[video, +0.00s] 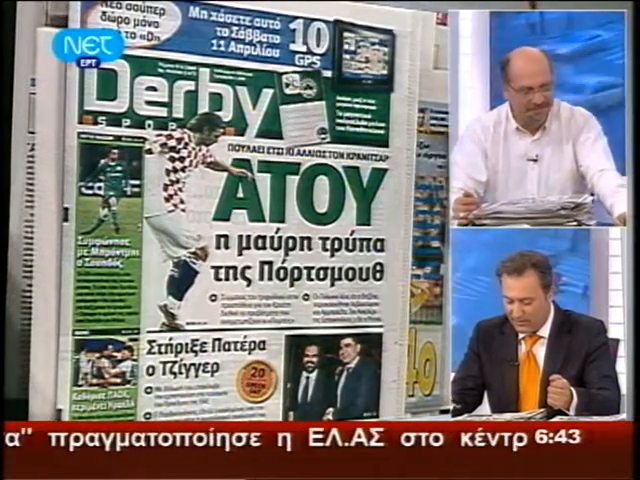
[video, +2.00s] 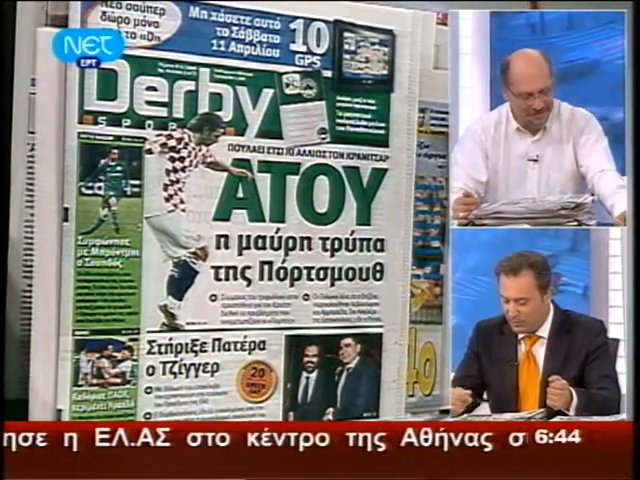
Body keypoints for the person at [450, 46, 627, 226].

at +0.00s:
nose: (538, 99)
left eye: (545, 88)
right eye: (527, 91)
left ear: (553, 83)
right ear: (506, 90)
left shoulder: (579, 123)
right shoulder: (482, 131)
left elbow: (603, 173)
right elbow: (462, 189)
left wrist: (624, 210)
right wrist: (463, 208)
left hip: (567, 245)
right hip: (499, 245)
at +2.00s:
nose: (538, 105)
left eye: (545, 93)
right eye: (526, 96)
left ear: (553, 84)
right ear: (506, 92)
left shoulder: (580, 123)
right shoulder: (483, 131)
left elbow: (603, 174)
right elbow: (462, 189)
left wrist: (624, 210)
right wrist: (463, 208)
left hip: (566, 245)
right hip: (500, 244)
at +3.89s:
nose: (529, 104)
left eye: (537, 94)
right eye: (518, 95)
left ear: (551, 86)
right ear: (504, 90)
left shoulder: (580, 124)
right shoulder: (482, 131)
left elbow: (603, 174)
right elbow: (462, 187)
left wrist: (624, 211)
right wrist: (462, 208)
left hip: (567, 245)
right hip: (499, 245)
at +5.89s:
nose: (534, 103)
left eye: (541, 91)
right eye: (523, 93)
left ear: (552, 85)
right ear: (505, 90)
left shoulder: (580, 124)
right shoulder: (482, 131)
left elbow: (603, 174)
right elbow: (463, 187)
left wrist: (624, 211)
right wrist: (463, 208)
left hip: (567, 245)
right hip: (500, 245)